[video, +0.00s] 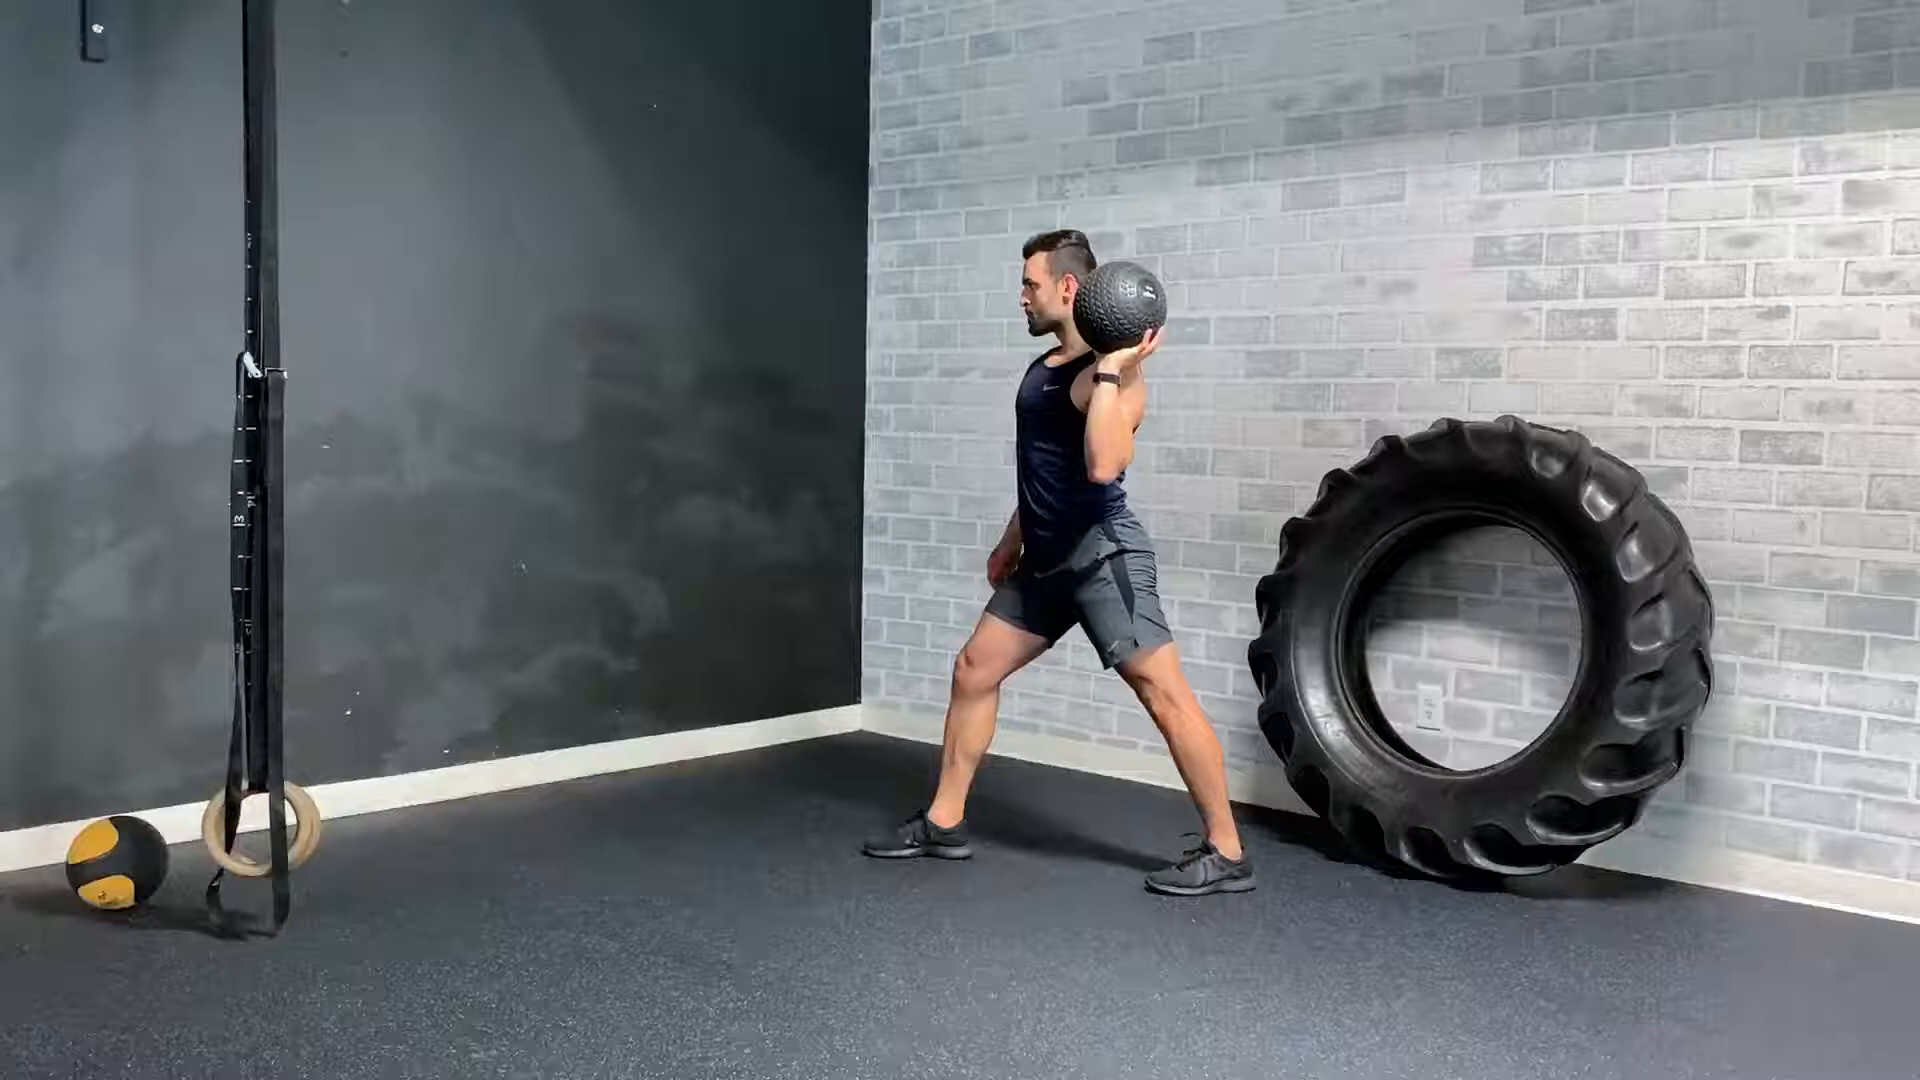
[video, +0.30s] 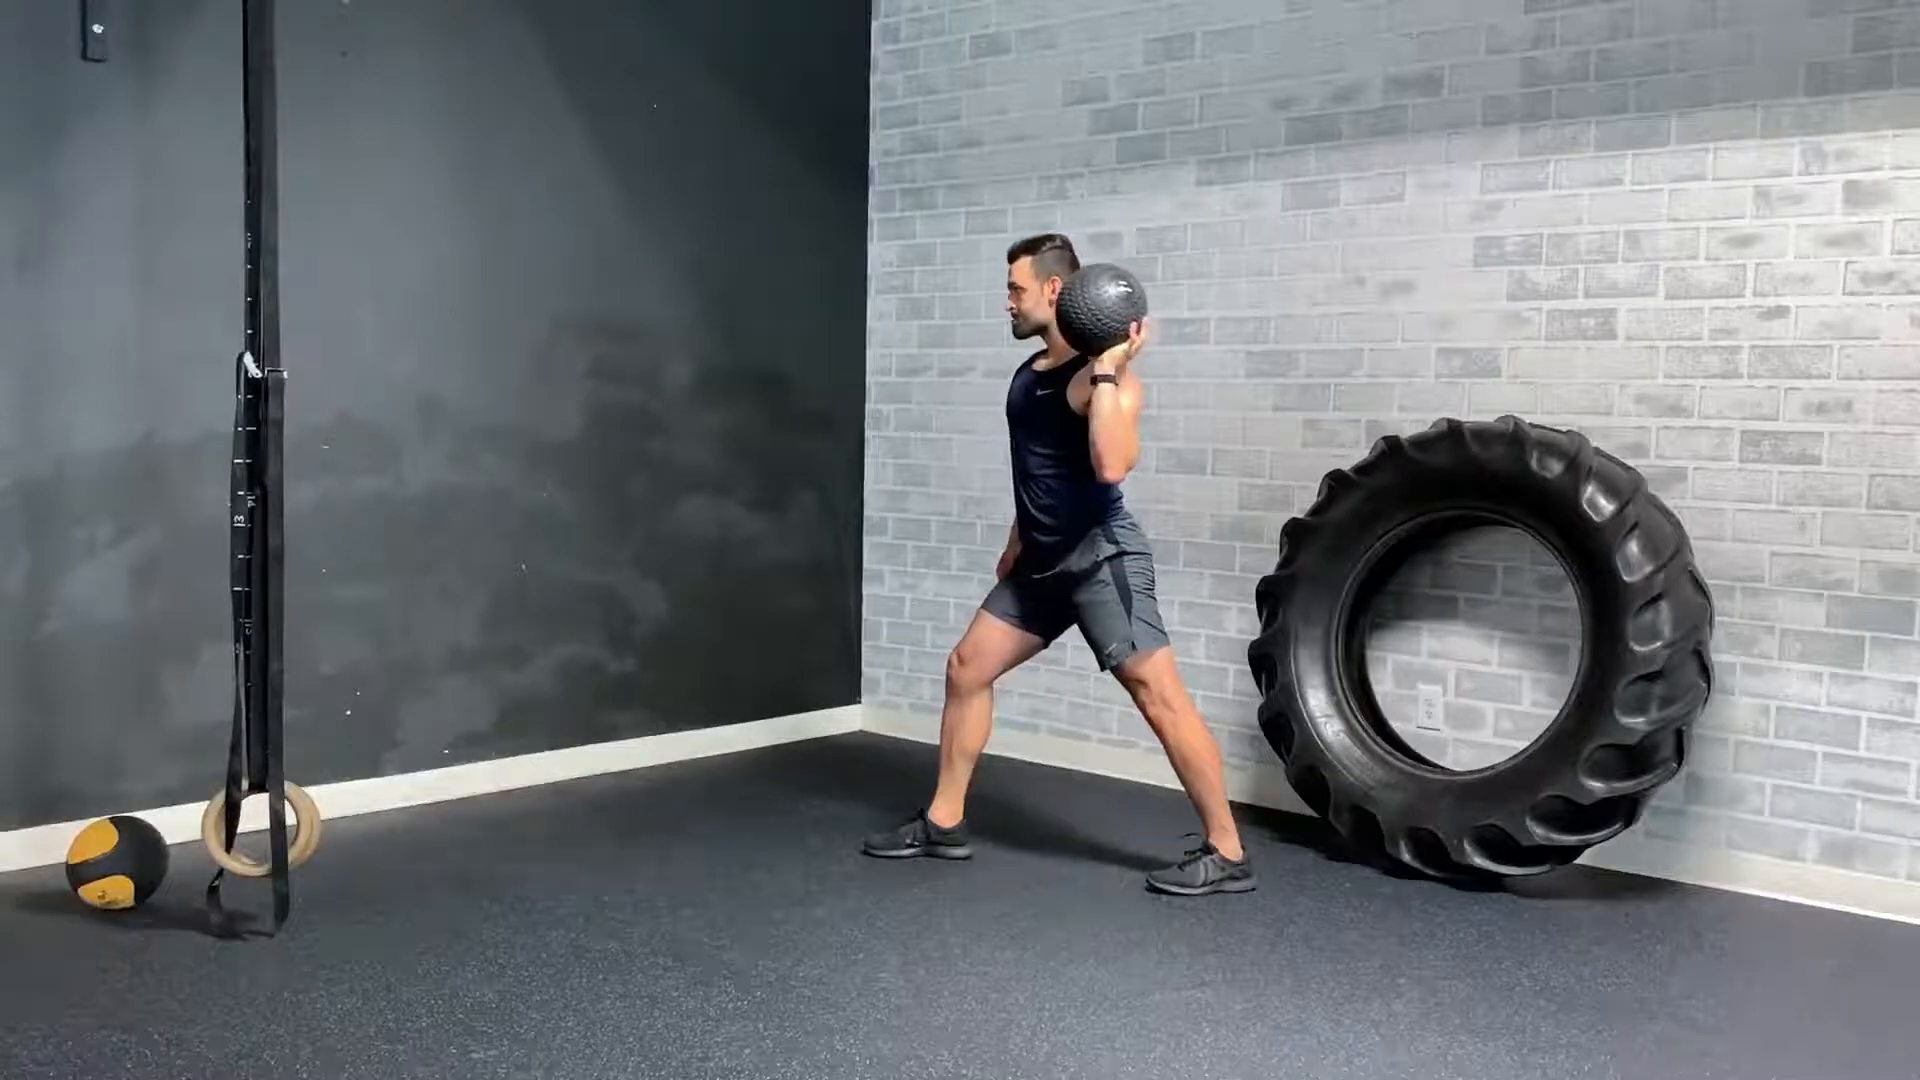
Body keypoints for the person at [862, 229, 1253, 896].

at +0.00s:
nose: (1023, 297)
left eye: (1032, 286)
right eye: (1024, 286)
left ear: (1071, 287)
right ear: (1063, 289)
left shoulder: (1115, 379)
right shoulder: (1048, 363)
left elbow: (1105, 468)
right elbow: (1042, 469)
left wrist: (1109, 378)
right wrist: (1013, 540)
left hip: (1105, 552)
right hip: (1046, 556)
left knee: (1166, 697)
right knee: (974, 674)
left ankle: (1226, 850)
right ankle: (943, 825)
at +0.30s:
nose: (1009, 302)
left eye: (1019, 290)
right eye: (1009, 290)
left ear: (1060, 291)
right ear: (1050, 295)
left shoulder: (1103, 376)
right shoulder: (1036, 367)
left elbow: (1112, 466)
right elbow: (1036, 469)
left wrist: (1112, 373)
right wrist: (1019, 540)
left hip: (1103, 553)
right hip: (1044, 555)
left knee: (1159, 695)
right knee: (967, 672)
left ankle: (1227, 850)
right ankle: (943, 824)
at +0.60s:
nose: (935, 322)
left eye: (941, 309)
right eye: (934, 311)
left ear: (976, 304)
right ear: (977, 307)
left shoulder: (1010, 366)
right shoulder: (999, 367)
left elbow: (931, 388)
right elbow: (1061, 459)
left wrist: (876, 333)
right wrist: (1054, 520)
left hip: (1064, 555)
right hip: (1026, 560)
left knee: (1137, 694)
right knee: (948, 665)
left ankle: (1221, 845)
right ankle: (941, 825)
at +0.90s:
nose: (905, 352)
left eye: (908, 340)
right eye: (904, 342)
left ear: (938, 329)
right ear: (956, 326)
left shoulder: (944, 375)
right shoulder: (1029, 382)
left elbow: (844, 371)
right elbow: (1068, 481)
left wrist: (784, 362)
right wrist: (1049, 549)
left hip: (1055, 562)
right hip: (1033, 566)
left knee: (1138, 701)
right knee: (949, 661)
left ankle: (1223, 849)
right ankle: (942, 823)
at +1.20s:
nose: (913, 352)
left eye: (916, 339)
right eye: (911, 341)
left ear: (946, 328)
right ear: (968, 328)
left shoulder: (951, 370)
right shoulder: (1040, 386)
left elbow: (847, 371)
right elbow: (1076, 490)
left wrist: (766, 366)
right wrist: (1063, 552)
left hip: (1061, 561)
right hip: (1036, 570)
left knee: (1143, 703)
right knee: (953, 662)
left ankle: (1225, 849)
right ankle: (941, 824)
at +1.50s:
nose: (921, 350)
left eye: (923, 337)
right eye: (920, 339)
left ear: (954, 327)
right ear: (974, 325)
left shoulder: (962, 370)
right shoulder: (1046, 386)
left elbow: (858, 372)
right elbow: (1076, 491)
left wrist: (773, 370)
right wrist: (1065, 551)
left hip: (1063, 561)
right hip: (1036, 569)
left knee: (1140, 701)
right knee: (953, 661)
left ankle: (1225, 850)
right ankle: (943, 822)